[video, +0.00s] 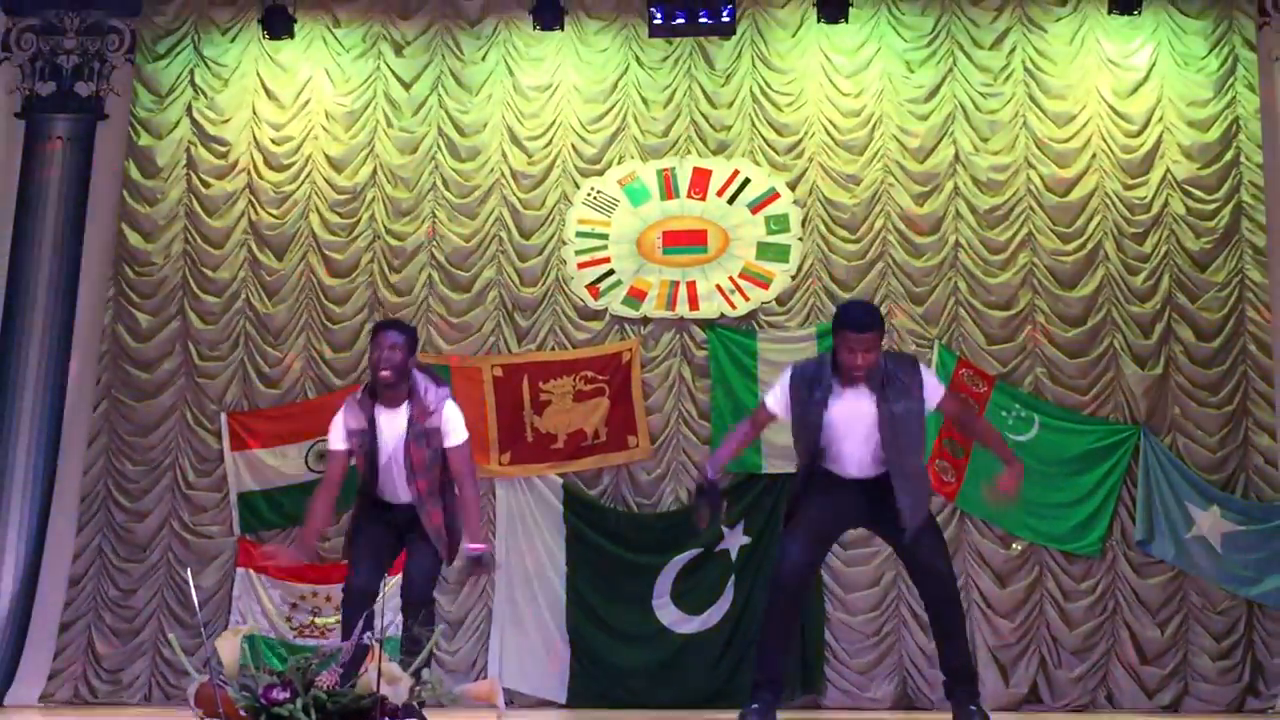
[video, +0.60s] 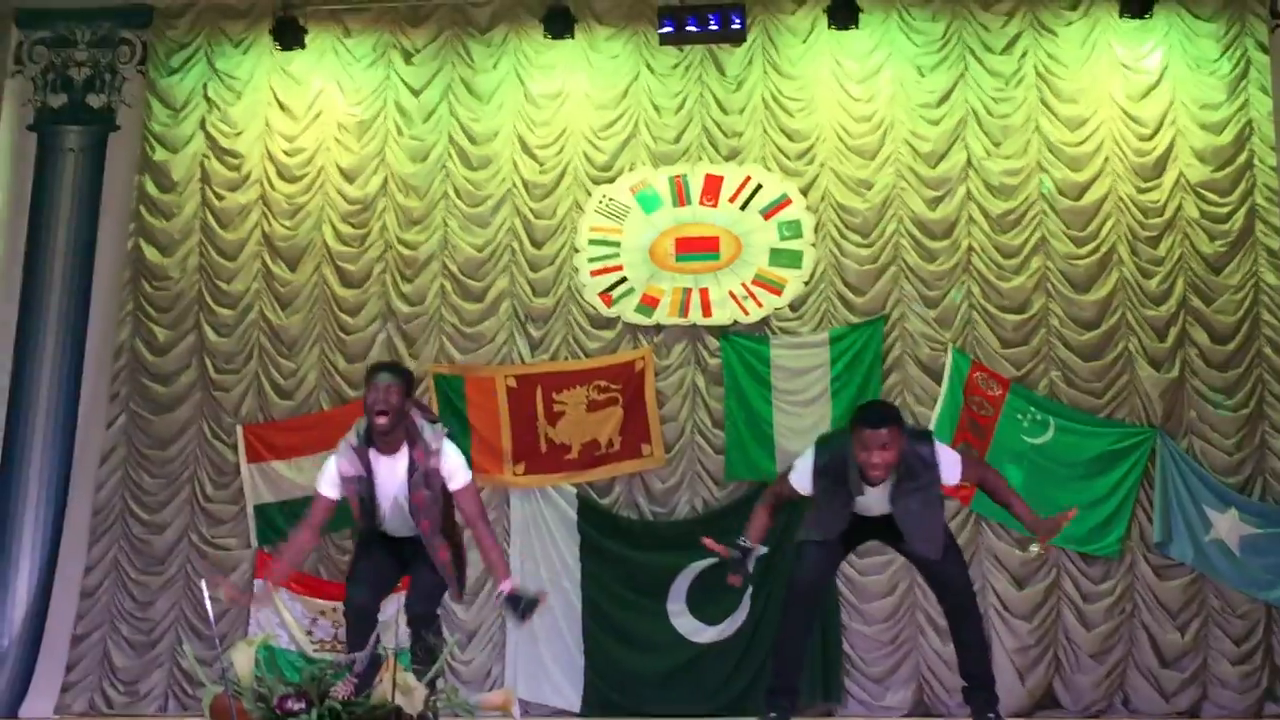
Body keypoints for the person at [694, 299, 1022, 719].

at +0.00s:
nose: (859, 360)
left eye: (868, 350)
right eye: (850, 350)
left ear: (881, 346)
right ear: (834, 344)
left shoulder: (909, 376)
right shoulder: (803, 379)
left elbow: (964, 415)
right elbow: (753, 424)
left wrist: (1011, 460)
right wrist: (713, 468)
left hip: (894, 493)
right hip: (826, 492)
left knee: (941, 585)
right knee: (788, 576)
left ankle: (965, 700)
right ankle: (764, 699)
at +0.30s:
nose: (869, 370)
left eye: (878, 361)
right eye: (860, 360)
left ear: (891, 354)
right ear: (843, 353)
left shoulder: (916, 377)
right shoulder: (816, 382)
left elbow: (961, 408)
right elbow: (788, 426)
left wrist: (966, 462)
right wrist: (778, 466)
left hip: (896, 485)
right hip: (830, 484)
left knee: (943, 578)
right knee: (794, 572)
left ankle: (968, 697)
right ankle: (764, 695)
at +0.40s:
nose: (877, 414)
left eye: (886, 404)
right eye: (867, 404)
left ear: (899, 400)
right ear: (851, 400)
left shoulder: (923, 416)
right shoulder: (823, 425)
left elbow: (964, 439)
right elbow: (791, 464)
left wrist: (985, 499)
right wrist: (783, 510)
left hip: (905, 507)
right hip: (840, 509)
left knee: (951, 591)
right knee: (799, 586)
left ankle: (974, 702)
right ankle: (769, 704)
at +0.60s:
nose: (877, 458)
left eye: (886, 449)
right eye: (867, 448)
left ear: (901, 444)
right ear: (852, 444)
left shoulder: (930, 457)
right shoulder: (822, 459)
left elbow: (984, 475)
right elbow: (772, 498)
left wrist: (1034, 524)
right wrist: (745, 555)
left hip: (907, 522)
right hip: (840, 523)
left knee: (958, 594)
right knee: (803, 587)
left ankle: (984, 706)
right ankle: (780, 704)